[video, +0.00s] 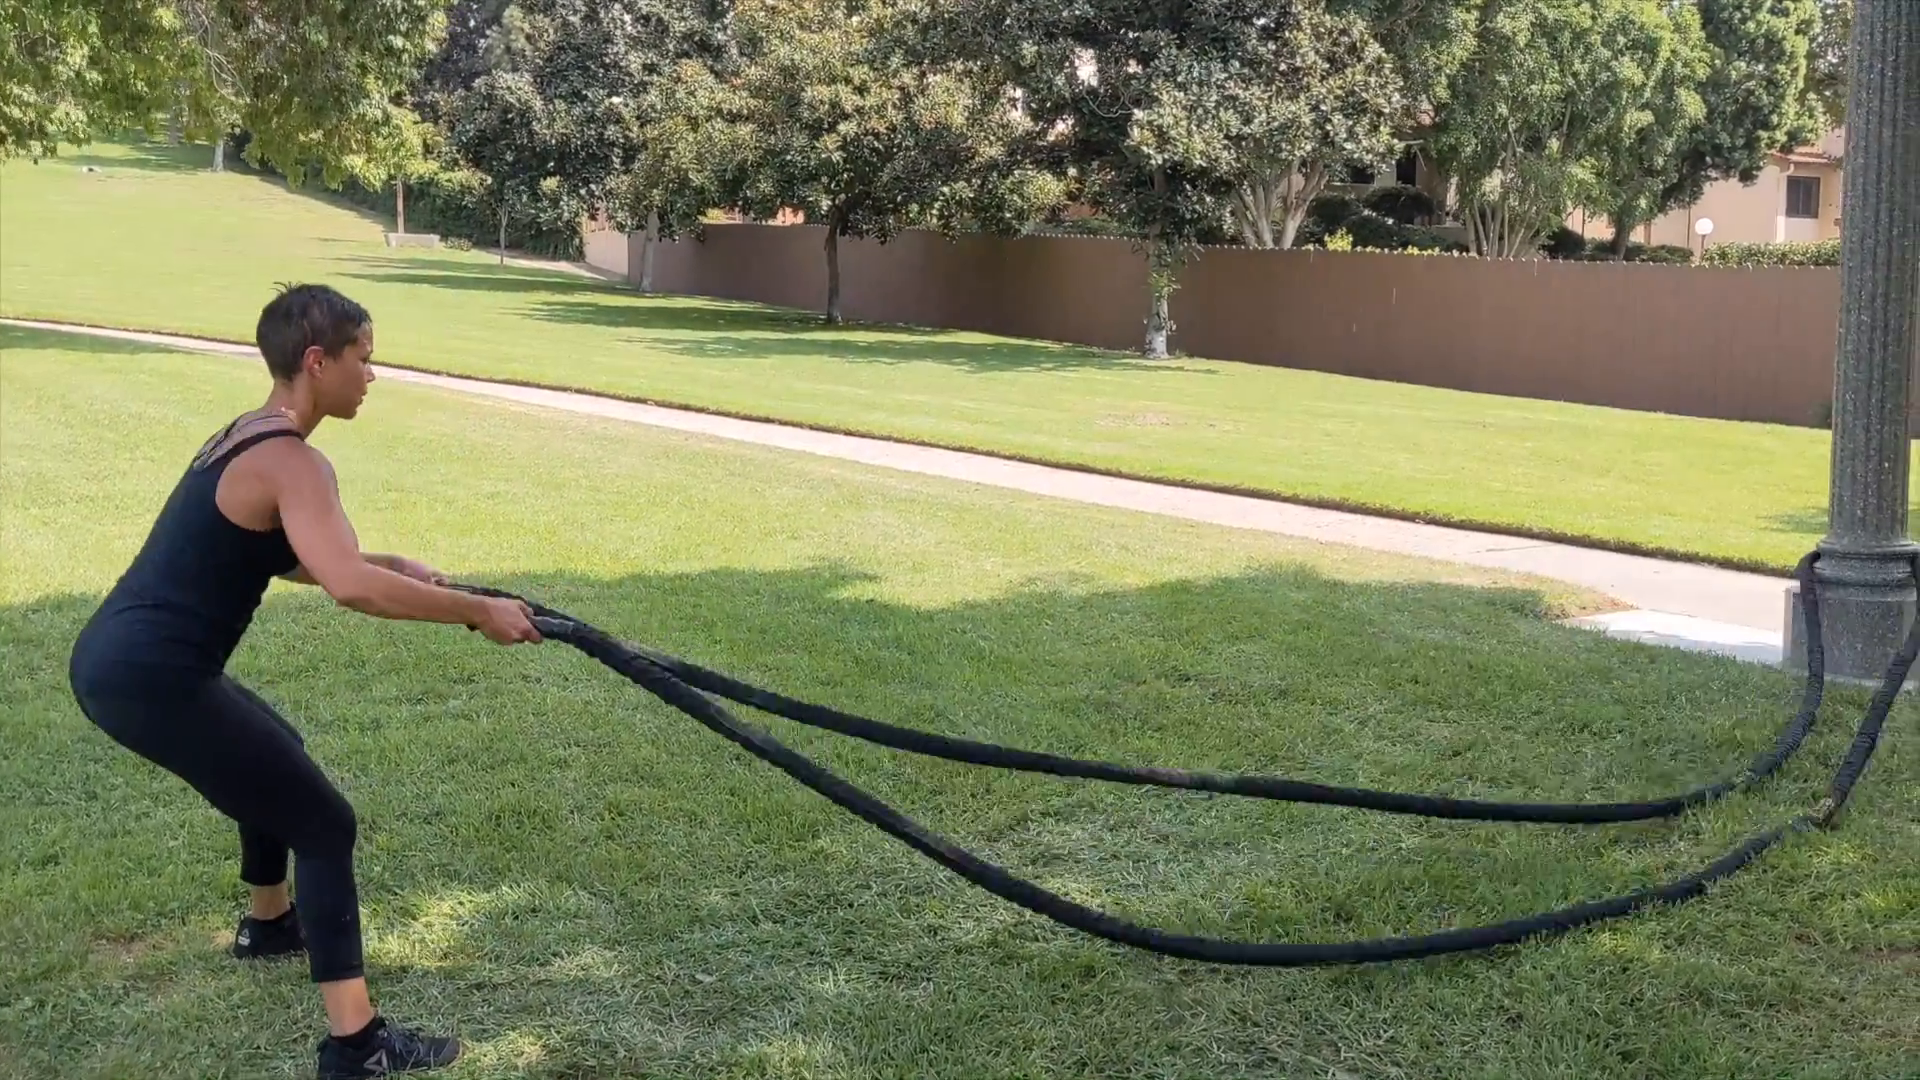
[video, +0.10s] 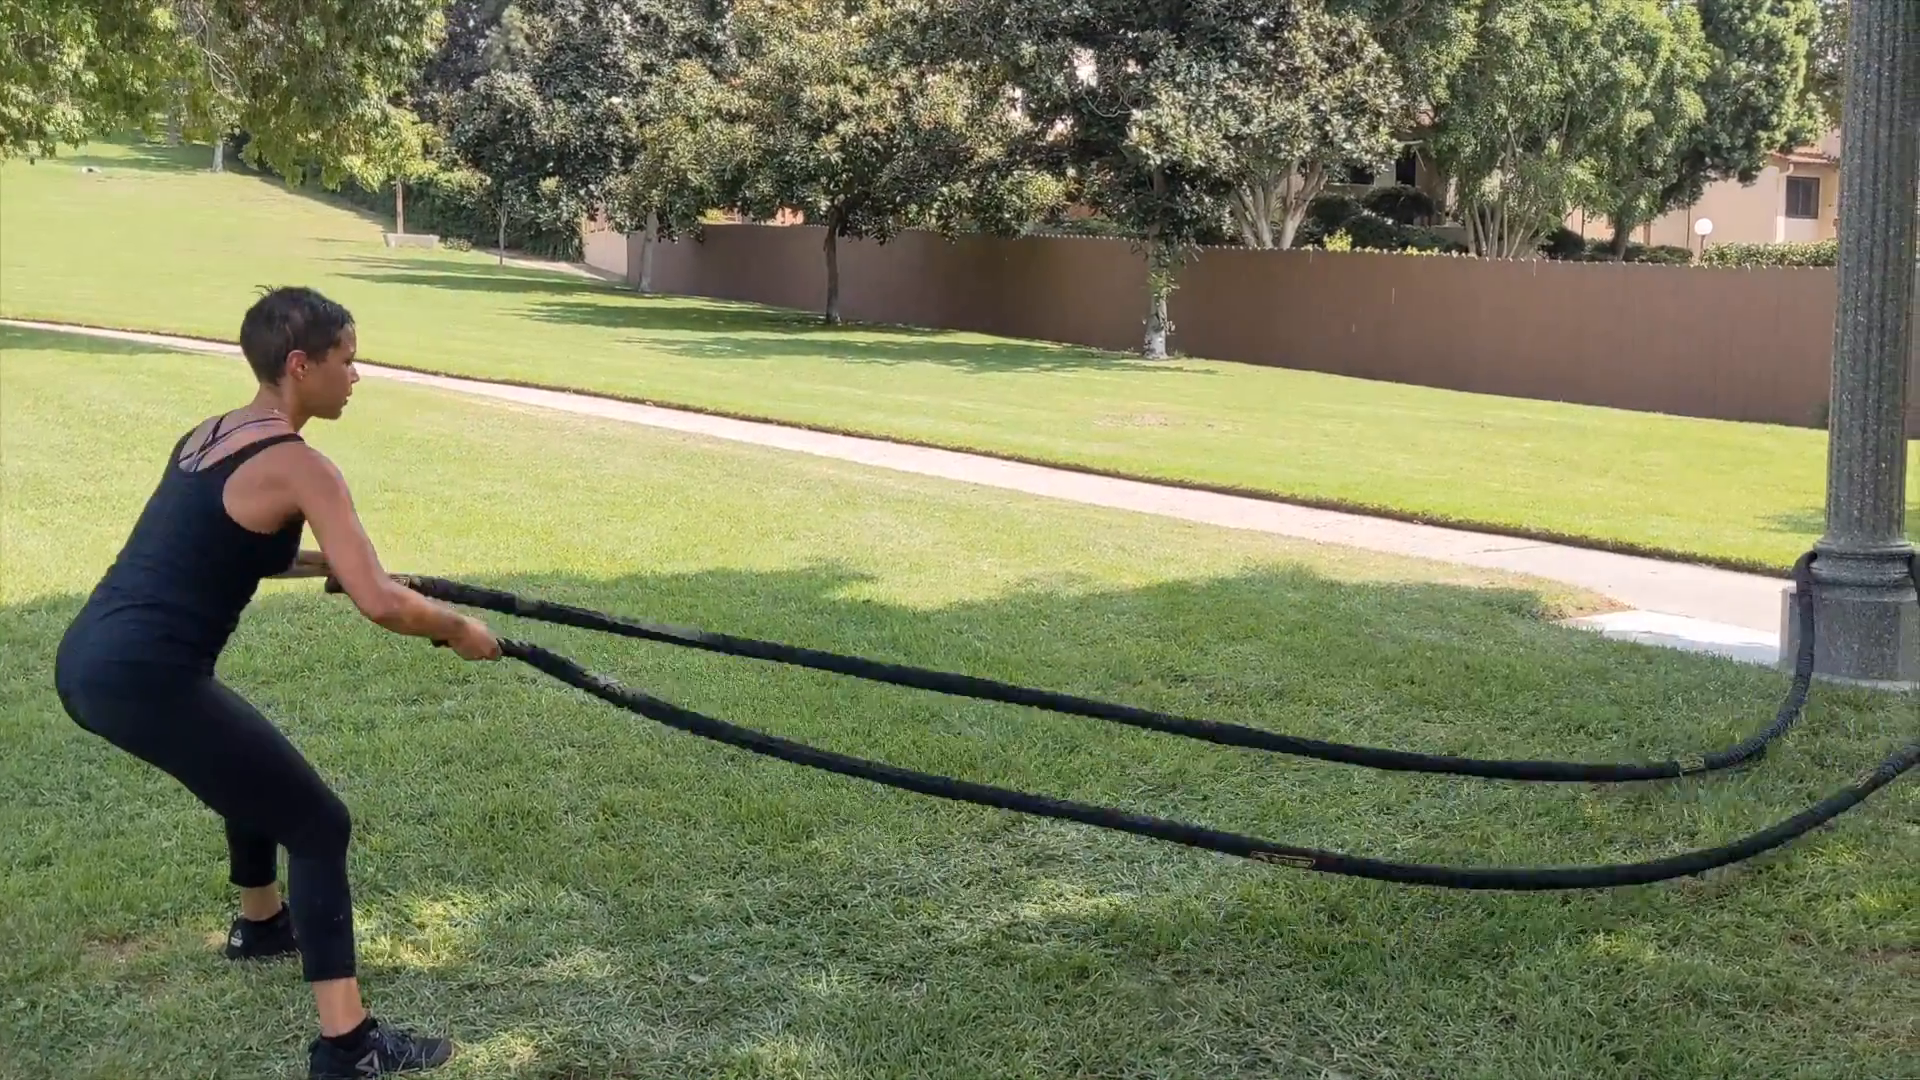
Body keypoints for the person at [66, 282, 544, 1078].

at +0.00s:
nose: (371, 372)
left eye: (370, 356)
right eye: (363, 356)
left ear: (299, 362)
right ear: (315, 360)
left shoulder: (245, 435)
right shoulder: (294, 464)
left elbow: (288, 560)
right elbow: (353, 583)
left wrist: (399, 571)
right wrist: (475, 610)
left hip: (114, 658)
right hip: (152, 679)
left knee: (274, 756)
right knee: (324, 822)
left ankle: (271, 918)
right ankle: (355, 1037)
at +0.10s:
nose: (355, 376)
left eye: (354, 360)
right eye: (347, 360)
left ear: (282, 365)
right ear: (298, 363)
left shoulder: (210, 434)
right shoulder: (304, 467)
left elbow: (236, 550)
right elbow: (381, 603)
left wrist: (339, 564)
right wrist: (453, 626)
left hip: (88, 662)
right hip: (148, 682)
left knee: (251, 770)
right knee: (318, 821)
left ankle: (263, 920)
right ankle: (346, 1037)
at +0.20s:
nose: (351, 378)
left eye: (350, 363)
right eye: (341, 364)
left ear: (275, 373)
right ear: (295, 373)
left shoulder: (194, 432)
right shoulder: (315, 477)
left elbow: (122, 529)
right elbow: (386, 597)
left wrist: (240, 548)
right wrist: (424, 580)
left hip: (79, 665)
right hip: (148, 683)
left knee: (241, 766)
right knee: (325, 821)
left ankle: (255, 919)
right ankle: (338, 1037)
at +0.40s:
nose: (342, 379)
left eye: (341, 363)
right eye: (333, 364)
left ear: (264, 370)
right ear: (287, 369)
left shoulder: (179, 428)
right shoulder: (311, 471)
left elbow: (64, 515)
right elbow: (340, 592)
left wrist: (129, 556)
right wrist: (318, 526)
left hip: (69, 672)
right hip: (146, 683)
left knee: (230, 767)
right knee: (322, 820)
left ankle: (242, 922)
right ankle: (326, 1039)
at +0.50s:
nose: (337, 376)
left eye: (336, 360)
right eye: (328, 361)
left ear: (258, 368)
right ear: (281, 365)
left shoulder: (179, 429)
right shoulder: (302, 466)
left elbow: (147, 541)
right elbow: (332, 596)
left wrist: (228, 582)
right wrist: (289, 537)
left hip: (66, 665)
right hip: (132, 682)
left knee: (231, 767)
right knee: (311, 821)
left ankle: (236, 921)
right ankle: (320, 1037)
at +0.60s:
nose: (334, 373)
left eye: (333, 357)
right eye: (325, 357)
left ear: (257, 366)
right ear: (277, 363)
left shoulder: (193, 432)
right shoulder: (288, 463)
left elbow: (205, 557)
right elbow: (336, 604)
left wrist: (296, 574)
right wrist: (347, 588)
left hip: (62, 664)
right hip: (117, 685)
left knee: (224, 773)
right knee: (293, 821)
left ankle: (228, 920)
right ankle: (313, 1036)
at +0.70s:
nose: (336, 375)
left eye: (335, 360)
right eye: (326, 361)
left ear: (264, 368)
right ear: (276, 367)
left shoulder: (204, 440)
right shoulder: (278, 469)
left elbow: (243, 577)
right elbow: (345, 608)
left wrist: (365, 605)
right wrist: (419, 599)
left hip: (62, 663)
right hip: (105, 690)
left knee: (216, 775)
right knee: (283, 821)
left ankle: (226, 920)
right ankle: (307, 1036)